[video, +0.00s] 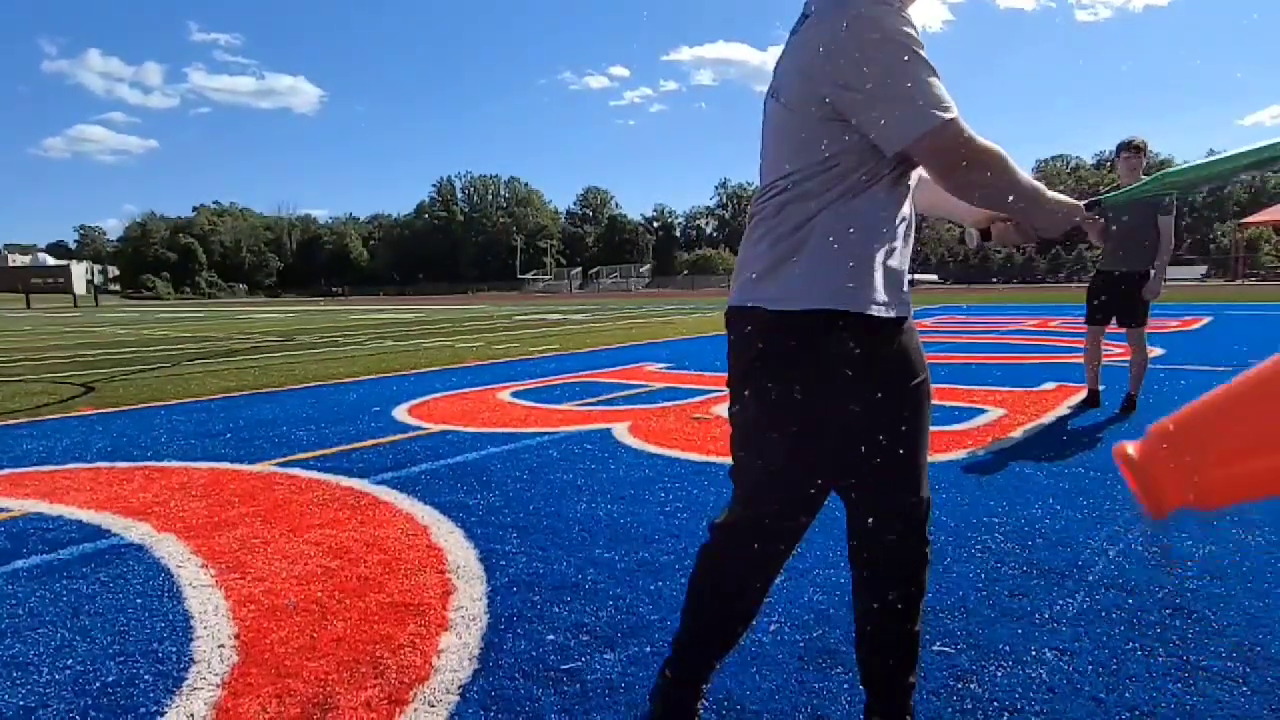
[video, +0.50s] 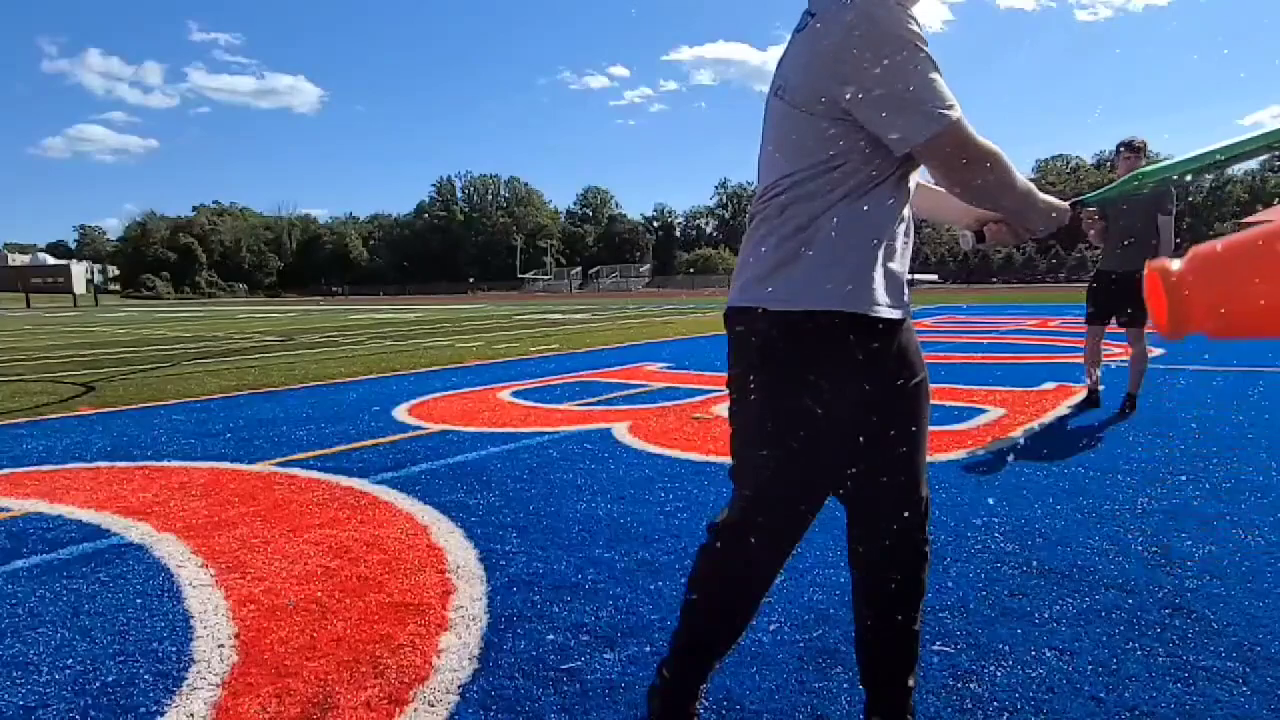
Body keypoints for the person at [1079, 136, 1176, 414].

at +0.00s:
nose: (1133, 160)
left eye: (1138, 156)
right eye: (1127, 156)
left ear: (1144, 161)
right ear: (1117, 161)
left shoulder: (1158, 196)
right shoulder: (1109, 197)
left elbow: (1167, 240)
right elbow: (1100, 241)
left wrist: (1157, 276)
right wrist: (1092, 228)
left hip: (1137, 275)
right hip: (1105, 274)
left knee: (1136, 340)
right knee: (1093, 335)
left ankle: (1132, 396)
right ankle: (1092, 391)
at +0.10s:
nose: (1132, 161)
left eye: (1137, 156)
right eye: (1127, 156)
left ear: (1144, 161)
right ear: (1118, 161)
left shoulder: (1159, 195)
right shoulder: (1109, 196)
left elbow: (1167, 239)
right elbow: (1099, 239)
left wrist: (1157, 276)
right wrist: (1091, 227)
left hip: (1138, 275)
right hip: (1106, 273)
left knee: (1136, 339)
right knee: (1093, 335)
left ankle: (1132, 395)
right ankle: (1092, 392)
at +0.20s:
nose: (1131, 161)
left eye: (1136, 157)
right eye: (1126, 157)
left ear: (1144, 161)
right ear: (1117, 161)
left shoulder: (1159, 194)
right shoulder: (1109, 195)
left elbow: (1167, 239)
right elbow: (1099, 240)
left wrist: (1157, 277)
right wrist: (1091, 227)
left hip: (1138, 273)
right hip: (1107, 272)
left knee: (1136, 337)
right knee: (1093, 333)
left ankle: (1136, 393)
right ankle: (1092, 391)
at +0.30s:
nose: (1132, 162)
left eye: (1137, 157)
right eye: (1127, 157)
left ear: (1144, 161)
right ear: (1117, 161)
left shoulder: (1158, 194)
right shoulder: (1109, 195)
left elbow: (1166, 238)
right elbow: (1098, 241)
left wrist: (1157, 277)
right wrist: (1091, 227)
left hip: (1138, 274)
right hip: (1106, 272)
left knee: (1135, 338)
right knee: (1093, 335)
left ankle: (1133, 391)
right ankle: (1092, 391)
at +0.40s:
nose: (1130, 160)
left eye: (1136, 156)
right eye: (1125, 156)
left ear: (1144, 161)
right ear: (1117, 162)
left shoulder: (1159, 192)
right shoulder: (1110, 194)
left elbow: (1167, 241)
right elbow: (1099, 238)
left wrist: (1157, 278)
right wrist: (1090, 225)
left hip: (1137, 274)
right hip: (1106, 271)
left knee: (1136, 340)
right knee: (1093, 335)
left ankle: (1131, 396)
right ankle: (1092, 393)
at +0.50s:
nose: (1131, 160)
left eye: (1136, 156)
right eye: (1126, 156)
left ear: (1144, 159)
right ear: (1117, 160)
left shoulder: (1159, 190)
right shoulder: (1108, 192)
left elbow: (1166, 236)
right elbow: (1099, 239)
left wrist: (1163, 272)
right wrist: (1090, 227)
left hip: (1137, 272)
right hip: (1106, 271)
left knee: (1136, 338)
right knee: (1093, 332)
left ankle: (1131, 395)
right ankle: (1093, 390)